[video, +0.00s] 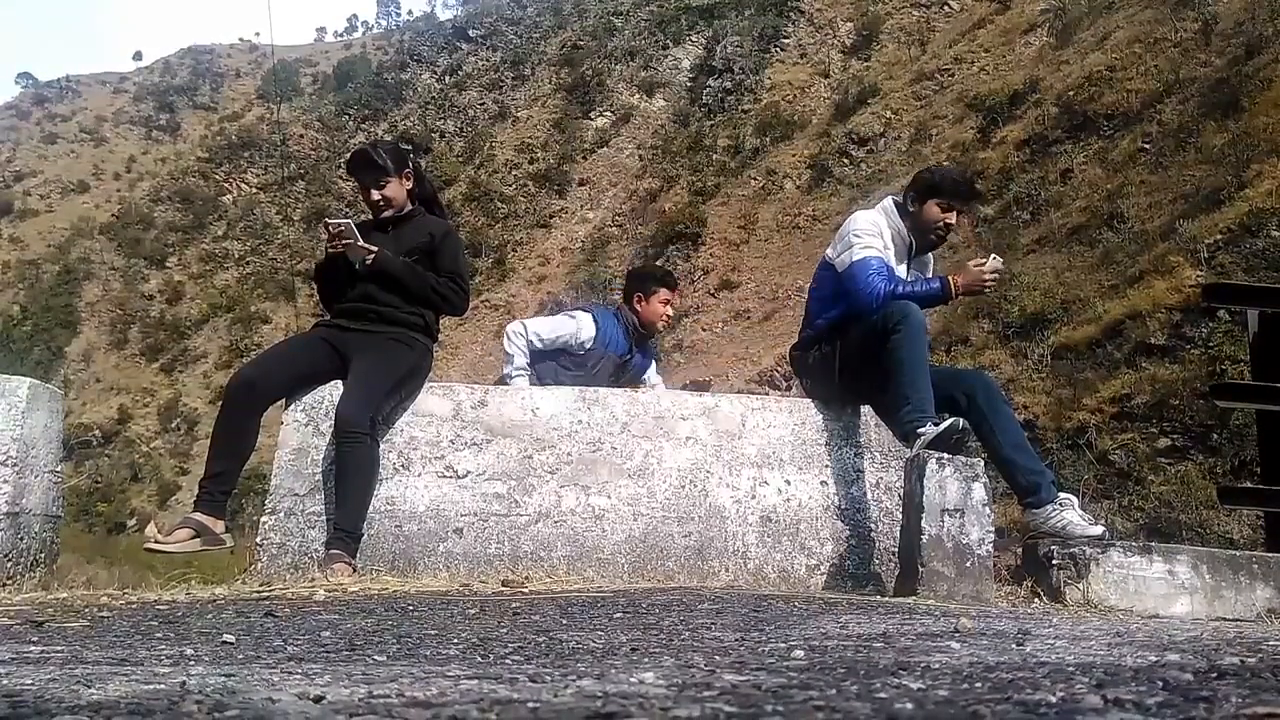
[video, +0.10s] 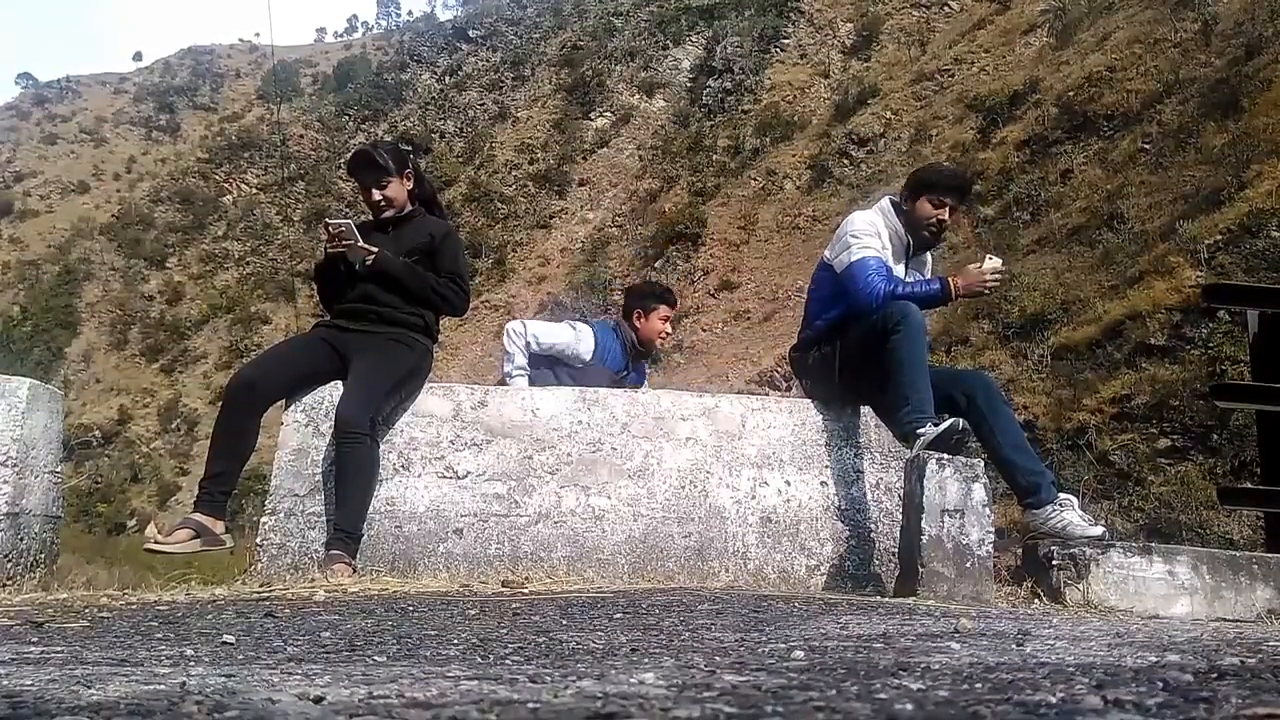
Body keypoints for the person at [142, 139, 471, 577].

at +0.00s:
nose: (374, 196)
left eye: (381, 185)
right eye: (366, 189)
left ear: (408, 177)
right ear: (360, 189)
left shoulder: (436, 230)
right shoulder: (359, 227)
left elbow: (456, 298)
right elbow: (334, 299)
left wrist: (382, 259)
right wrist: (334, 255)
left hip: (397, 342)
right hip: (337, 334)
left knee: (353, 419)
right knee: (247, 384)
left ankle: (341, 556)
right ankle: (208, 518)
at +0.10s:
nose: (375, 197)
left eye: (383, 185)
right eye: (366, 189)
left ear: (408, 178)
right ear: (360, 190)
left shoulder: (437, 231)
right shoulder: (358, 228)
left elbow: (456, 299)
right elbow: (334, 300)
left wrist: (382, 259)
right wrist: (333, 256)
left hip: (397, 342)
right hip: (337, 334)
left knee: (353, 419)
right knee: (247, 385)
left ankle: (341, 556)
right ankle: (208, 519)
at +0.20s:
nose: (376, 196)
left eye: (384, 185)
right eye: (367, 189)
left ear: (409, 178)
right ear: (361, 191)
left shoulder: (436, 231)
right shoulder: (358, 228)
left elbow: (456, 299)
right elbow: (334, 299)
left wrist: (382, 259)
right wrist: (333, 255)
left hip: (397, 342)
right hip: (337, 334)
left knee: (353, 419)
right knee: (247, 385)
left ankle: (341, 557)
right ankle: (208, 519)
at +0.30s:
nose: (375, 197)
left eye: (383, 186)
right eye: (367, 190)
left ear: (409, 179)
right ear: (361, 190)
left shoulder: (437, 231)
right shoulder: (359, 228)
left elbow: (456, 299)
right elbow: (334, 299)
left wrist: (381, 259)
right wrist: (333, 256)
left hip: (397, 343)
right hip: (337, 334)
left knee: (353, 420)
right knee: (247, 386)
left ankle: (341, 556)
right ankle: (208, 519)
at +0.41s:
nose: (375, 197)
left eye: (383, 186)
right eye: (367, 190)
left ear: (409, 179)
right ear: (361, 190)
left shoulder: (437, 231)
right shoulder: (359, 228)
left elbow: (456, 299)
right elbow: (333, 300)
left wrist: (379, 258)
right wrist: (333, 255)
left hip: (398, 343)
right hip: (337, 335)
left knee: (354, 420)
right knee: (247, 386)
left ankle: (341, 556)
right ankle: (208, 520)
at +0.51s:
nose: (375, 198)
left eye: (384, 186)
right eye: (367, 190)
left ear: (409, 179)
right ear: (362, 191)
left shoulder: (436, 230)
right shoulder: (358, 228)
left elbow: (457, 299)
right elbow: (334, 300)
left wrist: (380, 259)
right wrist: (333, 255)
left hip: (397, 343)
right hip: (337, 335)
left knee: (353, 421)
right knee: (247, 387)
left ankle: (341, 557)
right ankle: (208, 519)